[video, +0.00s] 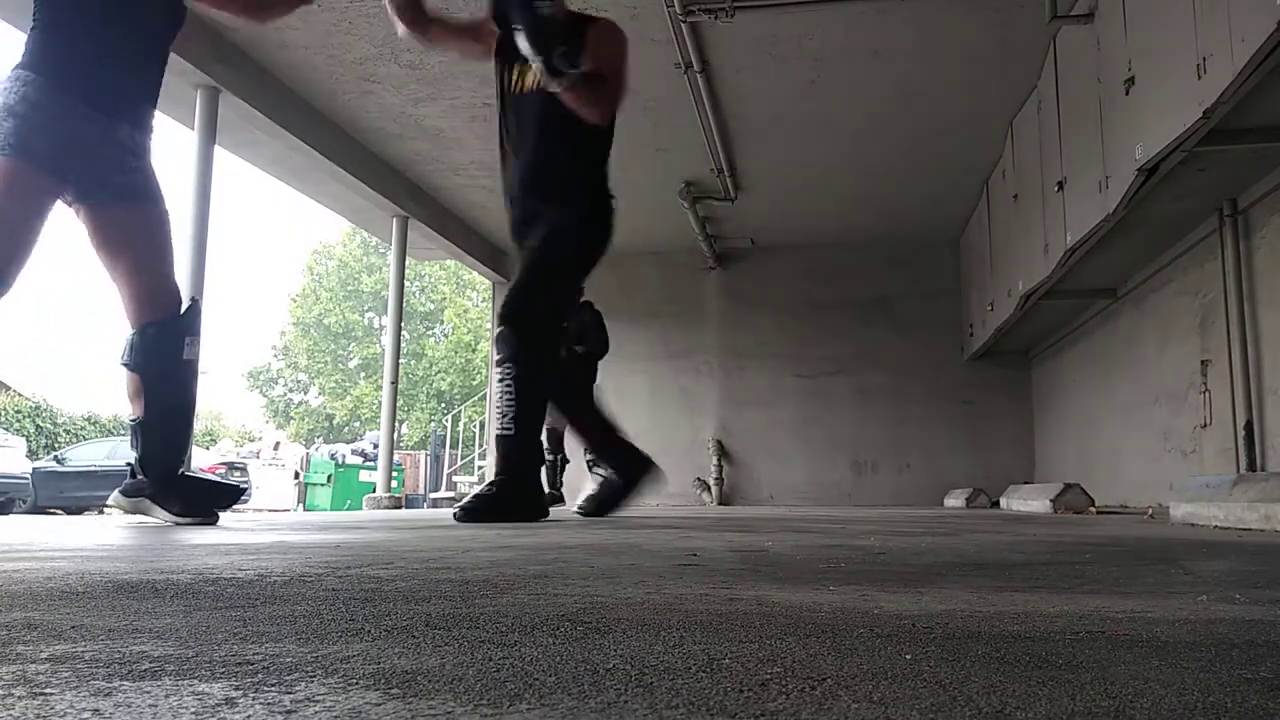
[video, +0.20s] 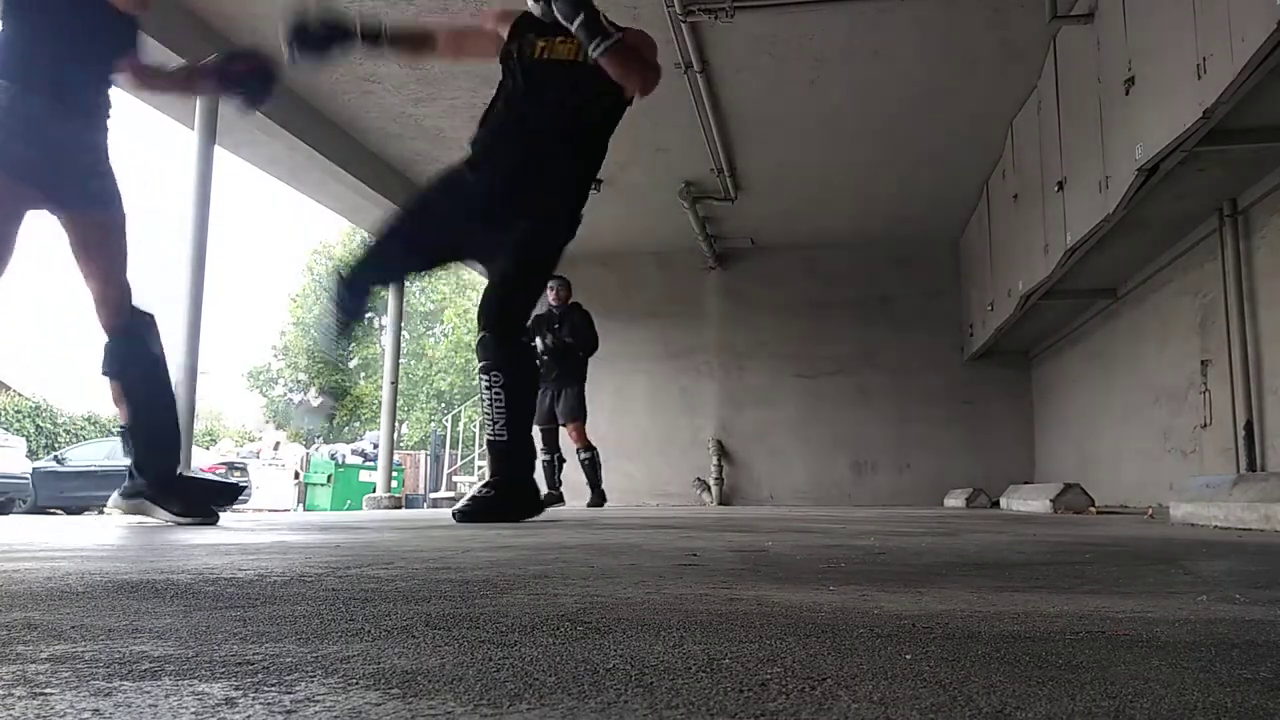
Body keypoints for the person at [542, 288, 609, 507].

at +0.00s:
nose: (573, 295)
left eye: (576, 290)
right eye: (570, 291)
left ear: (580, 293)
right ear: (560, 295)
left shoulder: (587, 312)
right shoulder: (552, 318)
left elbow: (601, 346)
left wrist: (581, 354)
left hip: (580, 383)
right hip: (555, 382)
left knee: (591, 430)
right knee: (553, 436)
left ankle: (602, 482)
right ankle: (553, 489)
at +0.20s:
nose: (555, 293)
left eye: (560, 289)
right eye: (551, 289)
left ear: (569, 292)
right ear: (545, 293)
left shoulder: (578, 315)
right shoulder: (539, 320)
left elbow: (591, 344)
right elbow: (523, 344)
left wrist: (567, 346)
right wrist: (537, 353)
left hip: (570, 382)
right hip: (545, 384)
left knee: (576, 433)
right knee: (547, 436)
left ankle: (596, 490)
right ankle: (553, 490)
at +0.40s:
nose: (546, 295)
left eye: (551, 290)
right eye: (542, 291)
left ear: (559, 293)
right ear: (537, 296)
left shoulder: (573, 316)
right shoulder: (531, 324)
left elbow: (586, 344)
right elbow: (518, 357)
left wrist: (562, 344)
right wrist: (534, 352)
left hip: (568, 384)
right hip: (541, 386)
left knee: (572, 433)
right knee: (546, 438)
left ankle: (581, 492)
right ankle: (553, 491)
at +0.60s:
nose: (539, 296)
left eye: (543, 291)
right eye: (534, 293)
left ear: (553, 293)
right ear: (531, 297)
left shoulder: (569, 316)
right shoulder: (528, 326)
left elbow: (585, 345)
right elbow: (519, 359)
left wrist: (559, 348)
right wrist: (534, 356)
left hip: (568, 385)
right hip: (542, 388)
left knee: (573, 434)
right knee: (547, 439)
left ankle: (584, 492)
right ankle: (553, 492)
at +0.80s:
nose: (543, 297)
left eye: (548, 292)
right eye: (539, 294)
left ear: (557, 295)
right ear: (535, 298)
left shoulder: (572, 317)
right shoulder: (532, 328)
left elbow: (586, 345)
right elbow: (524, 358)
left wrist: (563, 348)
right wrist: (535, 355)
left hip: (571, 385)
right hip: (545, 387)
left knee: (578, 433)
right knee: (548, 438)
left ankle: (589, 488)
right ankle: (554, 491)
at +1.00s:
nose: (558, 297)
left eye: (562, 293)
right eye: (554, 294)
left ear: (571, 297)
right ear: (550, 299)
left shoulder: (583, 320)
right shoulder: (544, 326)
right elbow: (534, 359)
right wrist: (548, 358)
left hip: (577, 388)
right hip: (551, 388)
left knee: (582, 438)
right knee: (550, 439)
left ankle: (592, 491)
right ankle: (554, 492)